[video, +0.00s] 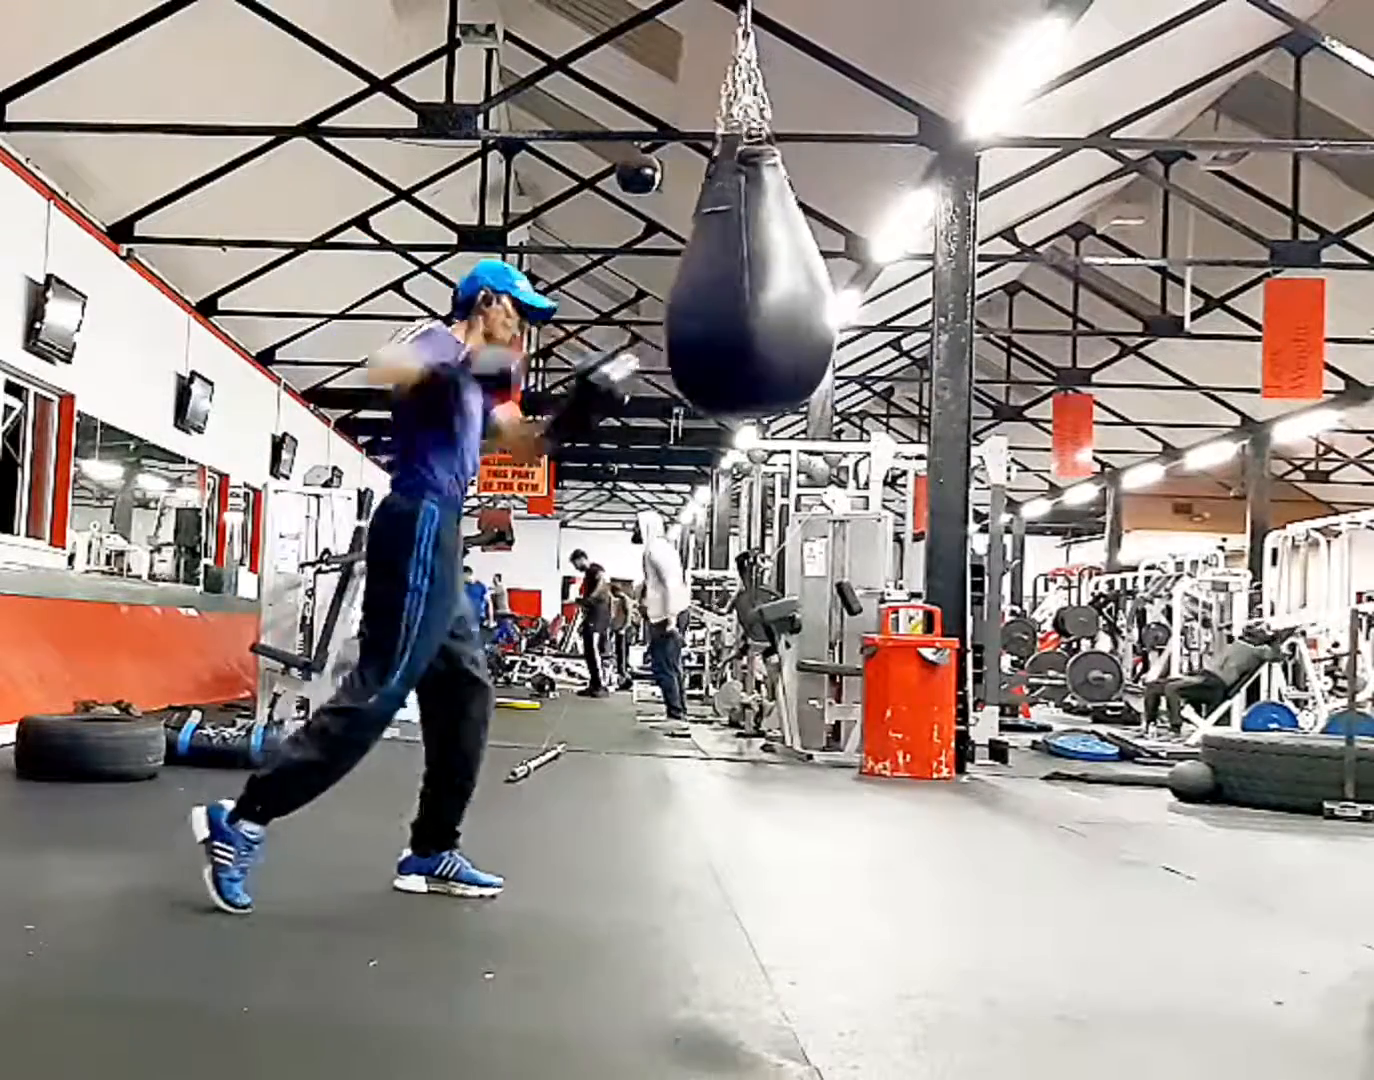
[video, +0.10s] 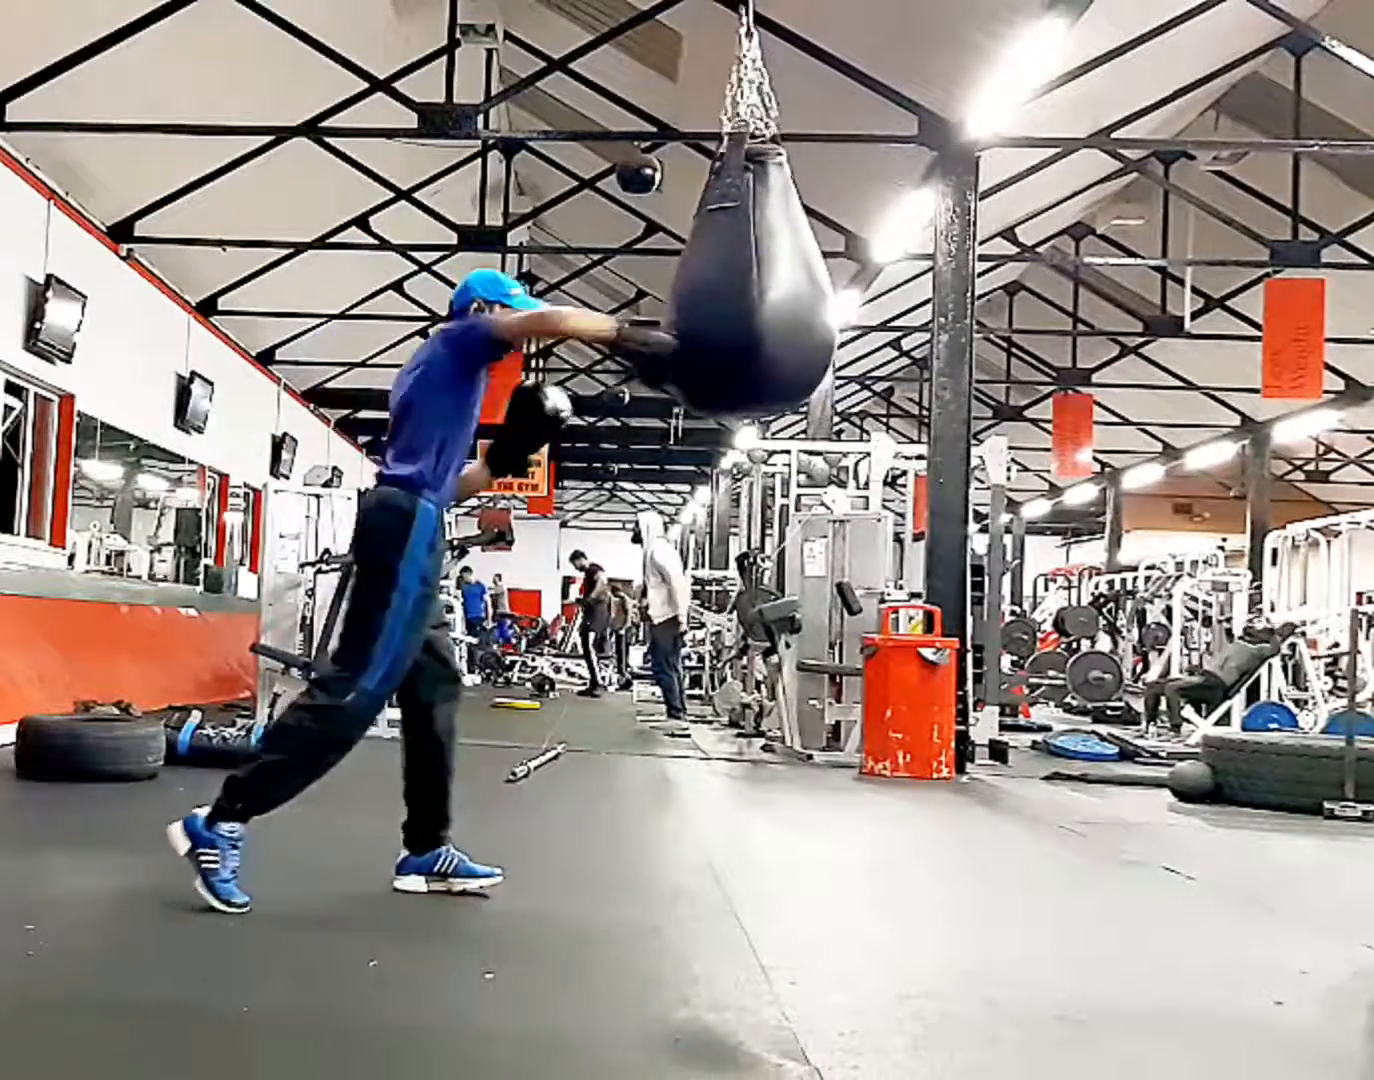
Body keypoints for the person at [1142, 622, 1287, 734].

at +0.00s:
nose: (1255, 634)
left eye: (1258, 633)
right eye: (1257, 632)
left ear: (1258, 639)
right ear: (1255, 636)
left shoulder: (1259, 651)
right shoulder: (1238, 644)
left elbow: (1279, 654)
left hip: (1217, 684)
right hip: (1204, 675)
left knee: (1172, 689)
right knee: (1152, 688)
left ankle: (1175, 730)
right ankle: (1147, 727)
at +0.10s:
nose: (1251, 629)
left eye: (1256, 627)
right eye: (1252, 626)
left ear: (1260, 635)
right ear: (1248, 631)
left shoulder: (1258, 650)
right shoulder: (1236, 644)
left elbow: (1276, 649)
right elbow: (1220, 651)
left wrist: (1272, 633)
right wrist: (1223, 628)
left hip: (1219, 683)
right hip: (1204, 676)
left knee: (1172, 688)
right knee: (1152, 688)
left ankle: (1175, 731)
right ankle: (1147, 727)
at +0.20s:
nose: (1251, 630)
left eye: (1254, 629)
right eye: (1251, 628)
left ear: (1257, 636)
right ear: (1246, 633)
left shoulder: (1257, 650)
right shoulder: (1232, 644)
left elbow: (1273, 644)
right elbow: (1225, 632)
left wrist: (1270, 624)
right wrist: (1223, 617)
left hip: (1218, 683)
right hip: (1203, 678)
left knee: (1172, 688)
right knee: (1152, 687)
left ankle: (1175, 730)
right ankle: (1148, 727)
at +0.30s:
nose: (1252, 625)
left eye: (1259, 625)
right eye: (1252, 623)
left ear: (1263, 634)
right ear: (1247, 629)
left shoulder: (1259, 650)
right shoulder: (1235, 643)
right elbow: (1227, 626)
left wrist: (1270, 616)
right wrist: (1224, 609)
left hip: (1217, 684)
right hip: (1203, 677)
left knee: (1172, 688)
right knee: (1152, 687)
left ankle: (1175, 730)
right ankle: (1147, 727)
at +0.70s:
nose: (1249, 633)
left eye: (1254, 632)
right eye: (1249, 631)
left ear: (1257, 636)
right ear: (1246, 633)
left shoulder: (1257, 650)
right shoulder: (1233, 643)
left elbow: (1271, 643)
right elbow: (1225, 629)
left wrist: (1269, 624)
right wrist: (1221, 613)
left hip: (1218, 683)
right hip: (1203, 677)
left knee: (1172, 688)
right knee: (1152, 687)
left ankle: (1175, 731)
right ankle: (1147, 727)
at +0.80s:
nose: (1255, 627)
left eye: (1263, 628)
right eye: (1259, 626)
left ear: (1264, 636)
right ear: (1253, 631)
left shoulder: (1258, 650)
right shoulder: (1234, 643)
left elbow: (1275, 649)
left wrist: (1277, 635)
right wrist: (1220, 622)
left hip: (1217, 683)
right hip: (1203, 675)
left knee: (1172, 688)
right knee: (1151, 687)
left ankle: (1175, 732)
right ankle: (1147, 728)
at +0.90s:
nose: (1265, 635)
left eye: (1264, 633)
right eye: (1262, 633)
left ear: (1252, 636)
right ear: (1254, 635)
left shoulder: (1258, 651)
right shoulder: (1232, 645)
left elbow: (1279, 654)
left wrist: (1271, 640)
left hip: (1217, 681)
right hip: (1203, 672)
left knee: (1172, 688)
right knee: (1152, 688)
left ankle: (1175, 731)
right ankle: (1148, 727)